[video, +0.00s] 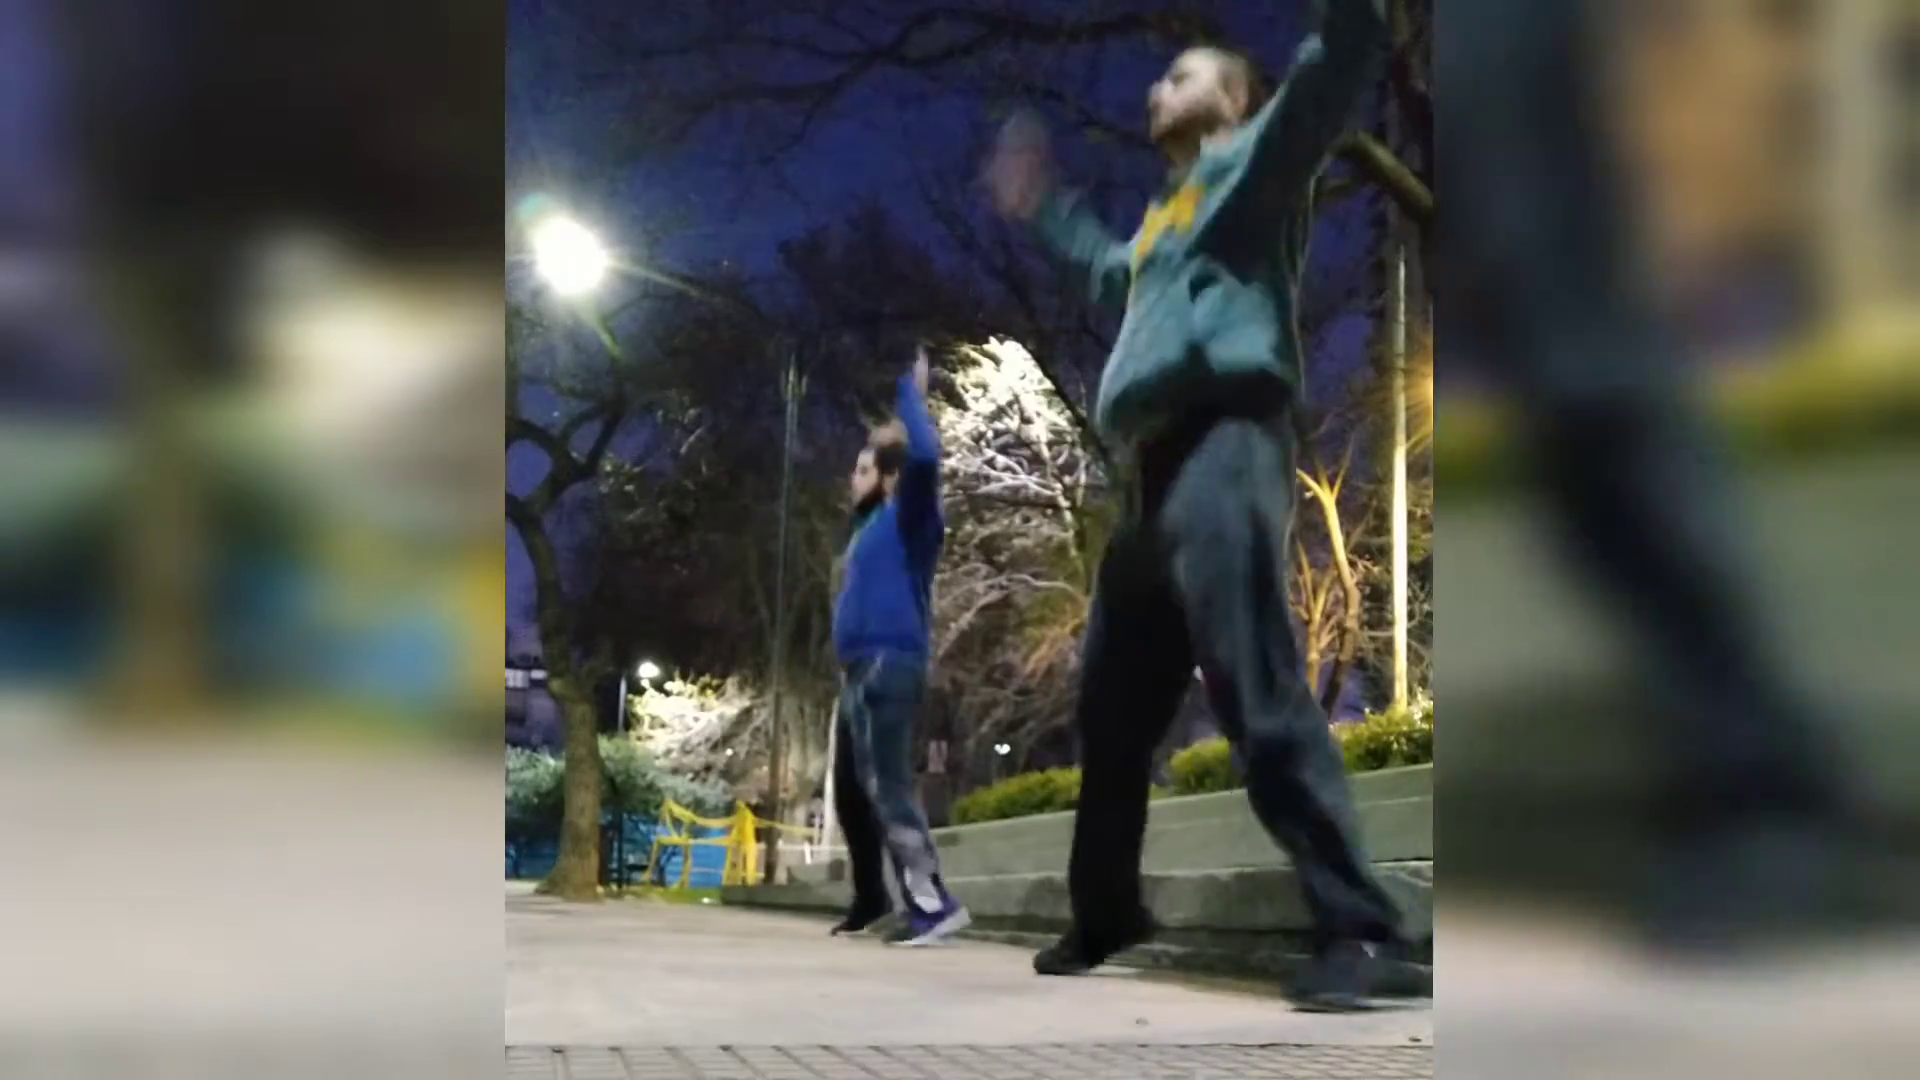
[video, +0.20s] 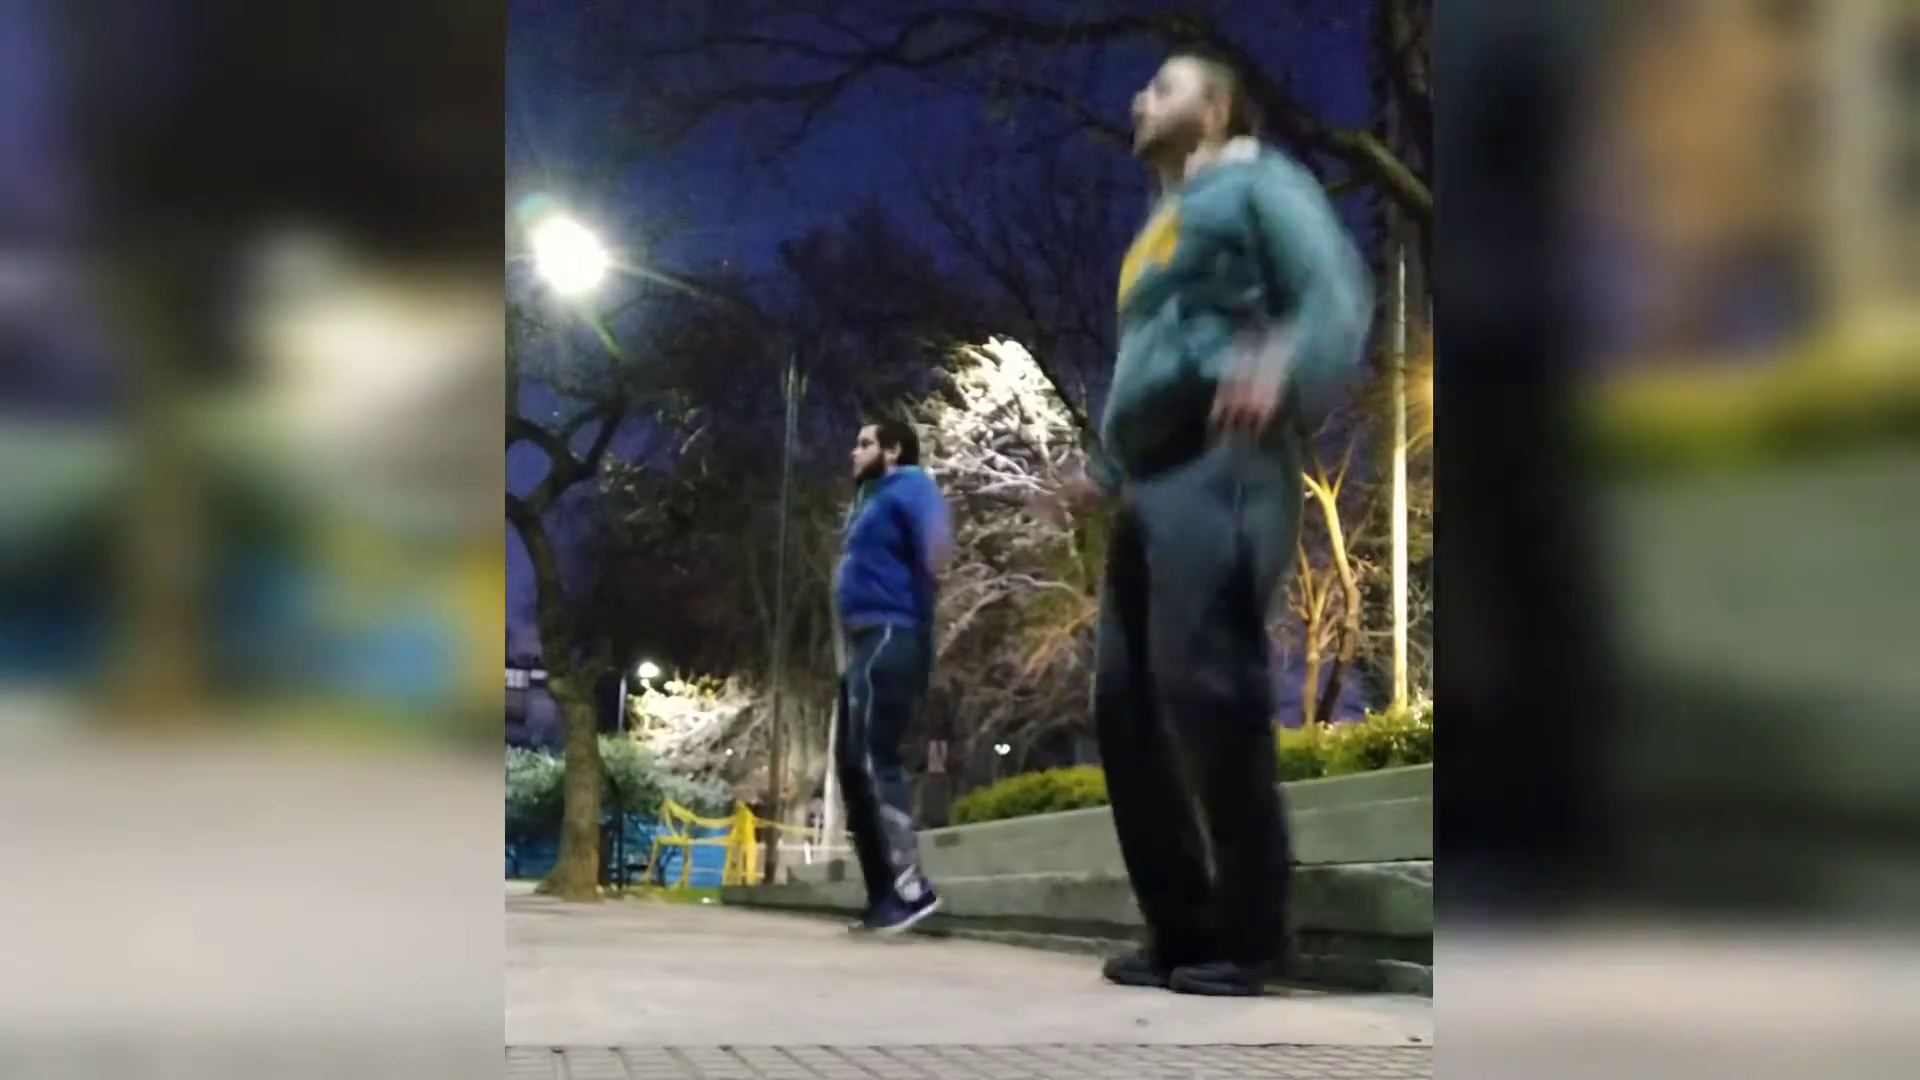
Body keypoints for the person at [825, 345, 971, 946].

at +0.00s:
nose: (852, 475)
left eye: (861, 467)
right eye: (855, 467)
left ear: (886, 474)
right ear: (872, 477)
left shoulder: (908, 517)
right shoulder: (866, 527)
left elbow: (924, 458)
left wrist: (913, 395)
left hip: (892, 656)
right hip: (857, 659)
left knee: (888, 786)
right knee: (854, 790)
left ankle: (932, 904)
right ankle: (879, 897)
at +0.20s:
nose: (855, 452)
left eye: (865, 444)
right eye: (856, 444)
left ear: (893, 451)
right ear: (876, 453)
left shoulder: (911, 485)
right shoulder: (869, 498)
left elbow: (935, 551)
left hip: (894, 631)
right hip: (862, 635)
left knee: (873, 755)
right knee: (852, 763)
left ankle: (909, 885)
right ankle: (883, 892)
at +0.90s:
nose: (862, 470)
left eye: (870, 460)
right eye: (862, 461)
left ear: (895, 464)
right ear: (879, 470)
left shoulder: (918, 507)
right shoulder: (876, 519)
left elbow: (942, 457)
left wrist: (929, 390)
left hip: (897, 643)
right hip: (860, 648)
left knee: (899, 774)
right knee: (867, 782)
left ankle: (934, 895)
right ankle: (884, 897)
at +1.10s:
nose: (862, 452)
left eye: (872, 444)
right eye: (863, 443)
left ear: (900, 450)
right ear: (883, 452)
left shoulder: (918, 484)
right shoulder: (872, 495)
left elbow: (942, 547)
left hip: (897, 627)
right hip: (865, 630)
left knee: (872, 751)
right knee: (860, 755)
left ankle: (911, 883)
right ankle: (888, 886)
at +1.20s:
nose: (857, 482)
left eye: (867, 474)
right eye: (859, 473)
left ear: (894, 480)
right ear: (887, 481)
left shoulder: (912, 524)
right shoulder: (880, 527)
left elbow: (926, 594)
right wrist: (854, 517)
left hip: (893, 670)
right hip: (867, 669)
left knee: (863, 789)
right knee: (847, 791)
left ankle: (909, 909)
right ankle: (890, 907)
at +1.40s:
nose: (862, 454)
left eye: (871, 445)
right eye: (864, 445)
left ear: (899, 450)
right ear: (890, 452)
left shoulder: (918, 489)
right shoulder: (879, 502)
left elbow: (933, 525)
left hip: (894, 634)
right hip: (861, 637)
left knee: (884, 758)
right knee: (863, 769)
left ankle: (911, 886)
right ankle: (879, 895)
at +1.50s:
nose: (869, 452)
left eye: (879, 443)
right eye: (870, 444)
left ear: (906, 452)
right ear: (891, 457)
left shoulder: (920, 497)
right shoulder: (882, 504)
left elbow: (933, 442)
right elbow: (862, 482)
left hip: (895, 633)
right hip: (861, 634)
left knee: (892, 752)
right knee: (863, 763)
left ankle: (925, 878)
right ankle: (875, 883)